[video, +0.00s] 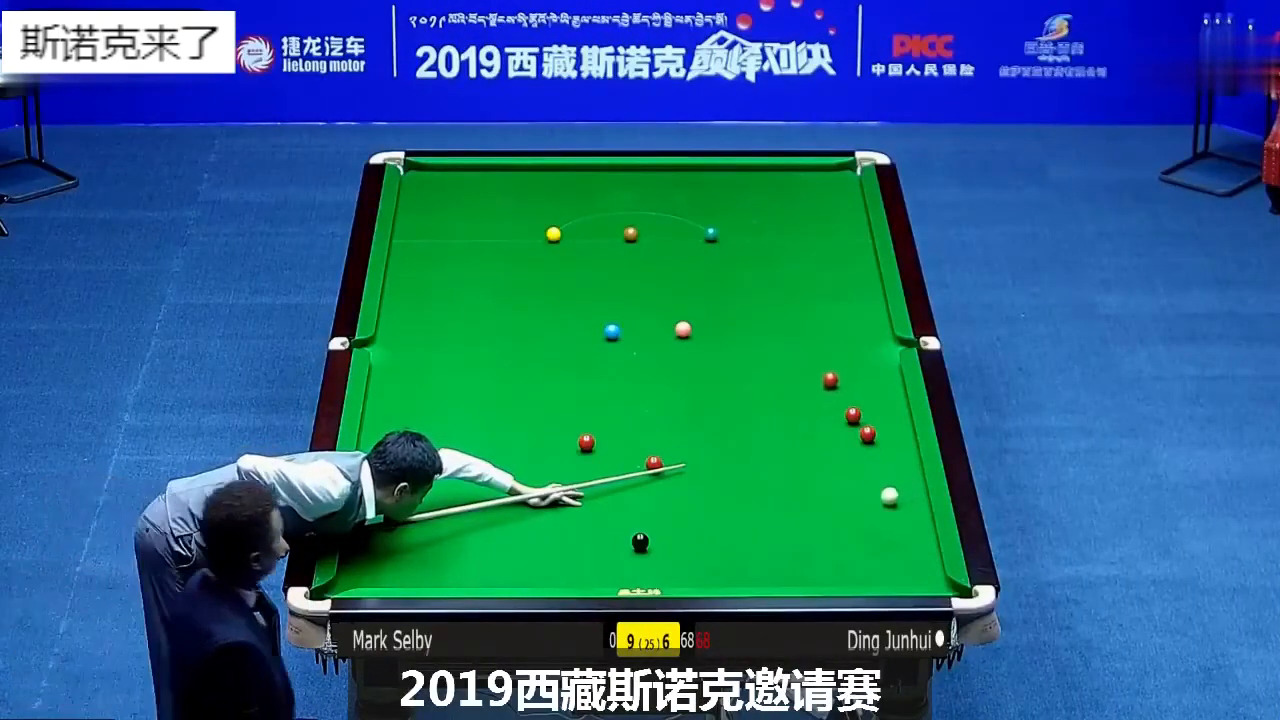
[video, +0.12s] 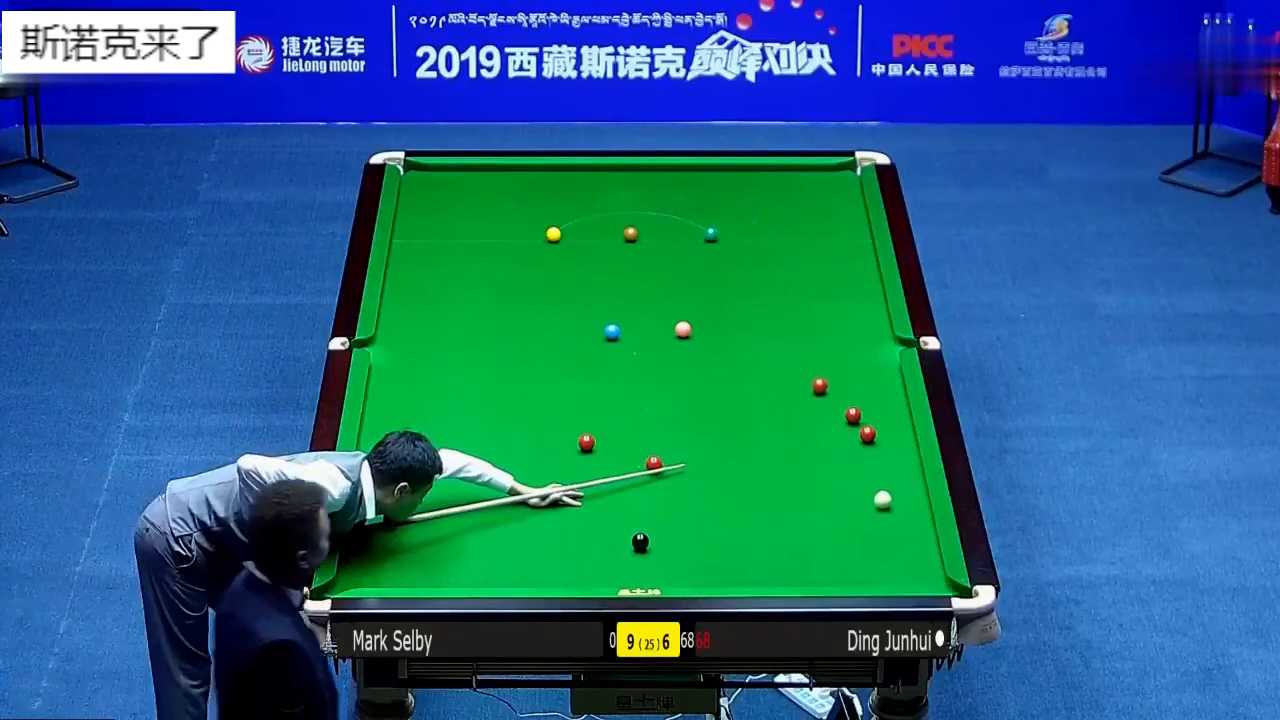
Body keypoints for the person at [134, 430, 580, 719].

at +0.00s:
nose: (420, 503)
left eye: (423, 493)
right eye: (419, 495)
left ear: (396, 474)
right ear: (399, 489)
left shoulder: (378, 470)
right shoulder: (331, 490)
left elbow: (454, 462)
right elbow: (252, 469)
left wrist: (521, 489)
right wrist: (258, 563)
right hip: (177, 536)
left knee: (256, 641)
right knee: (213, 655)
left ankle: (269, 716)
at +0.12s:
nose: (422, 500)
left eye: (424, 491)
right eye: (422, 493)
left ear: (394, 472)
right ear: (402, 490)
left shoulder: (374, 469)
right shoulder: (331, 492)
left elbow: (455, 463)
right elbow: (251, 466)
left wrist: (522, 489)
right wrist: (290, 552)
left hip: (204, 525)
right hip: (174, 538)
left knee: (227, 653)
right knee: (189, 673)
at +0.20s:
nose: (421, 501)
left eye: (424, 492)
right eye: (421, 494)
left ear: (394, 474)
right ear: (401, 490)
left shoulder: (374, 469)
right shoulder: (329, 493)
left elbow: (455, 462)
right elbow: (251, 466)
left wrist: (522, 489)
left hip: (217, 535)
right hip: (173, 538)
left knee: (263, 635)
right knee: (186, 676)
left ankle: (285, 715)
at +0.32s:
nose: (422, 498)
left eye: (424, 489)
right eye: (420, 491)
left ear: (397, 472)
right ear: (400, 488)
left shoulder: (379, 470)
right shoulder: (325, 489)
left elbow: (456, 463)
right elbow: (252, 468)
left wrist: (522, 489)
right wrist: (265, 535)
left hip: (213, 536)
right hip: (172, 536)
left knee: (259, 632)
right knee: (186, 673)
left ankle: (269, 719)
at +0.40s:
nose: (422, 494)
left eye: (425, 483)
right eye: (420, 486)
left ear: (400, 462)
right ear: (400, 479)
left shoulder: (376, 468)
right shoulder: (333, 488)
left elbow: (456, 464)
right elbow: (253, 463)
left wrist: (524, 490)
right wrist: (255, 537)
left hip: (209, 538)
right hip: (173, 537)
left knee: (257, 624)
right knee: (187, 675)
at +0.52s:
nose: (421, 501)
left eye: (423, 492)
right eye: (418, 493)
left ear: (397, 474)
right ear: (396, 485)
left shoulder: (378, 472)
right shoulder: (331, 488)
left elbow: (453, 463)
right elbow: (255, 459)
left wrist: (522, 489)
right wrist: (243, 535)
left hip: (207, 538)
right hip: (173, 537)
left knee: (256, 623)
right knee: (186, 676)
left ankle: (267, 718)